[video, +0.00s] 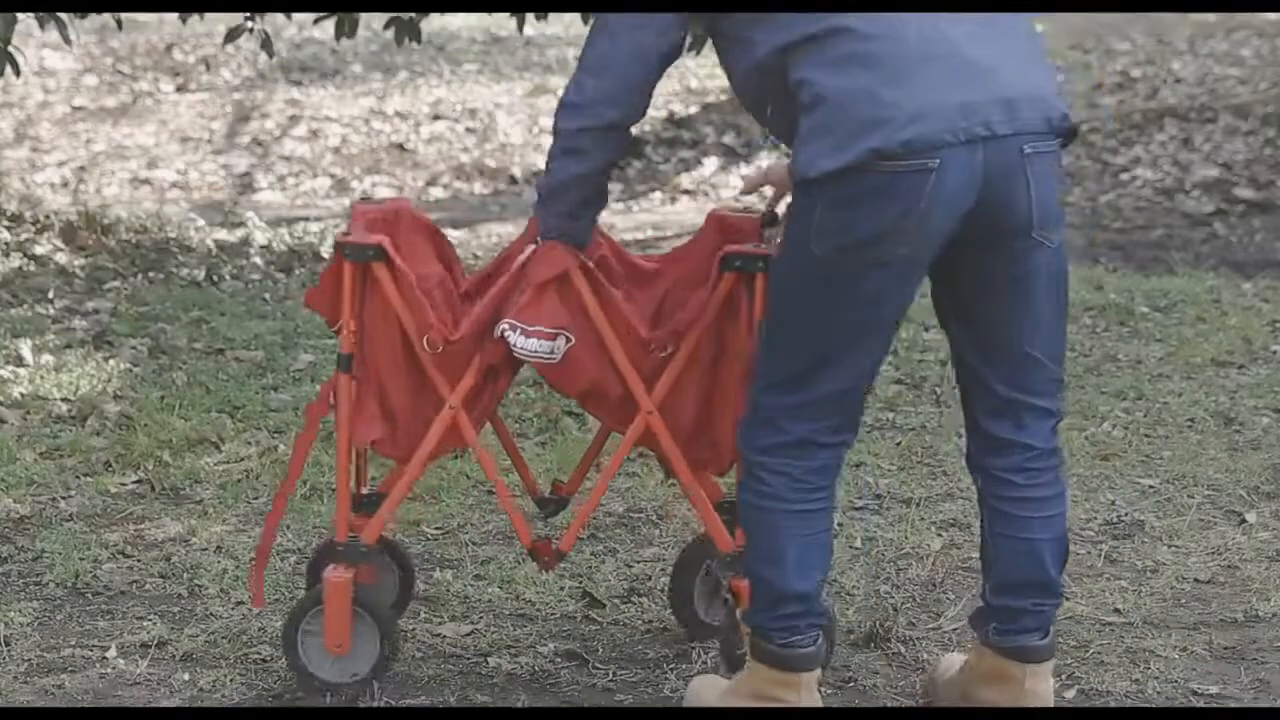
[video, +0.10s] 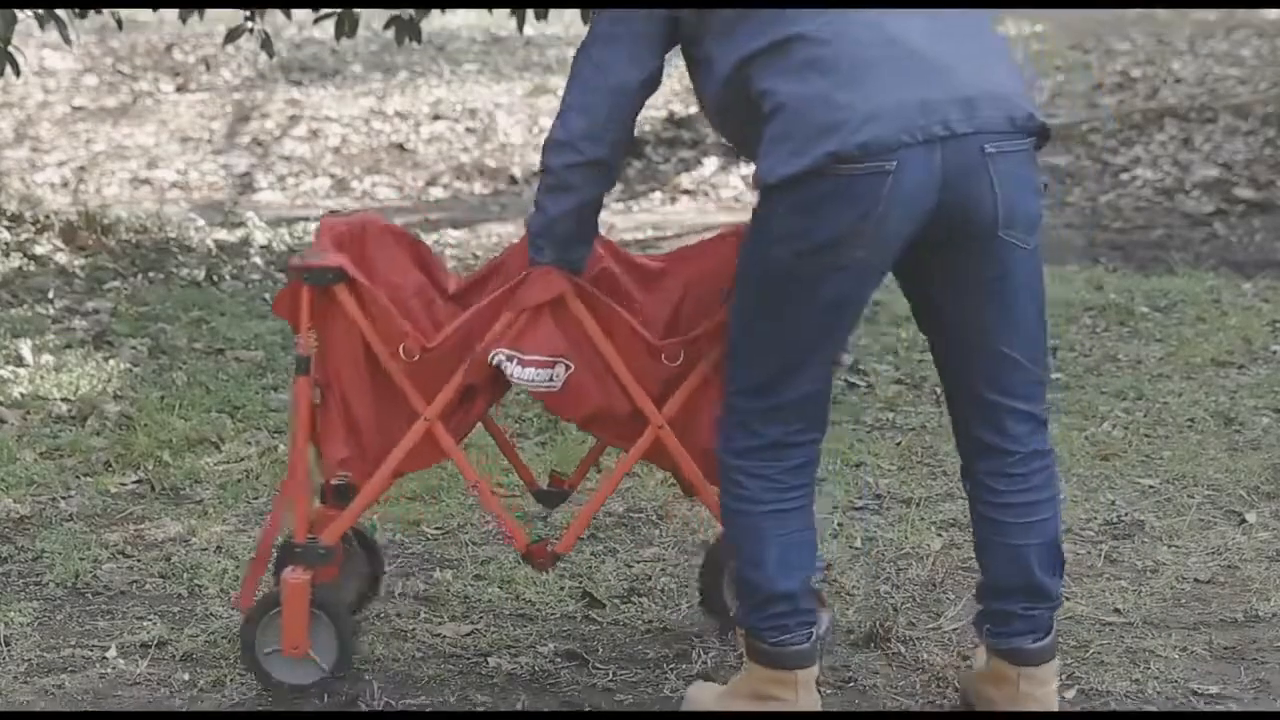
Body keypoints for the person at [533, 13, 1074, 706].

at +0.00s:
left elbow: (598, 101)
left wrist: (560, 232)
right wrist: (808, 160)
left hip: (883, 154)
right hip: (1025, 143)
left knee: (797, 434)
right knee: (1021, 432)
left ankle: (783, 672)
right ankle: (1018, 664)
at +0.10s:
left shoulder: (656, 8)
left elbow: (596, 105)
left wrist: (557, 247)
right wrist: (790, 229)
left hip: (845, 159)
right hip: (995, 146)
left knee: (772, 438)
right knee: (1011, 434)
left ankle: (780, 674)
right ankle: (1025, 669)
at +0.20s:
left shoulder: (639, 9)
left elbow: (586, 154)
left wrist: (540, 300)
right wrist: (766, 284)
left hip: (813, 174)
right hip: (967, 154)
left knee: (751, 432)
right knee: (1004, 425)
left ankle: (778, 673)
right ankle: (1036, 668)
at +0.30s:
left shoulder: (640, 18)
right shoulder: (867, 11)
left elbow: (593, 213)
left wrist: (545, 366)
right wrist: (790, 302)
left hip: (792, 185)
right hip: (953, 162)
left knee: (734, 435)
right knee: (997, 425)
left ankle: (779, 675)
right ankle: (1038, 668)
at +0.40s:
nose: (609, 35)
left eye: (612, 25)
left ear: (639, 11)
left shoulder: (639, 35)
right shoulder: (844, 8)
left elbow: (608, 229)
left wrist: (573, 371)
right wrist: (790, 297)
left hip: (783, 192)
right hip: (940, 162)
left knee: (730, 437)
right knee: (993, 424)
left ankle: (777, 672)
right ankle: (1039, 667)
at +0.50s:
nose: (607, 31)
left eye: (609, 23)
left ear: (634, 11)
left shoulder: (638, 29)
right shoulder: (848, 9)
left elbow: (599, 230)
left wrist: (559, 378)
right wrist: (787, 312)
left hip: (780, 189)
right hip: (939, 159)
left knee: (729, 436)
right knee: (995, 426)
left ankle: (778, 674)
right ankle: (1040, 672)